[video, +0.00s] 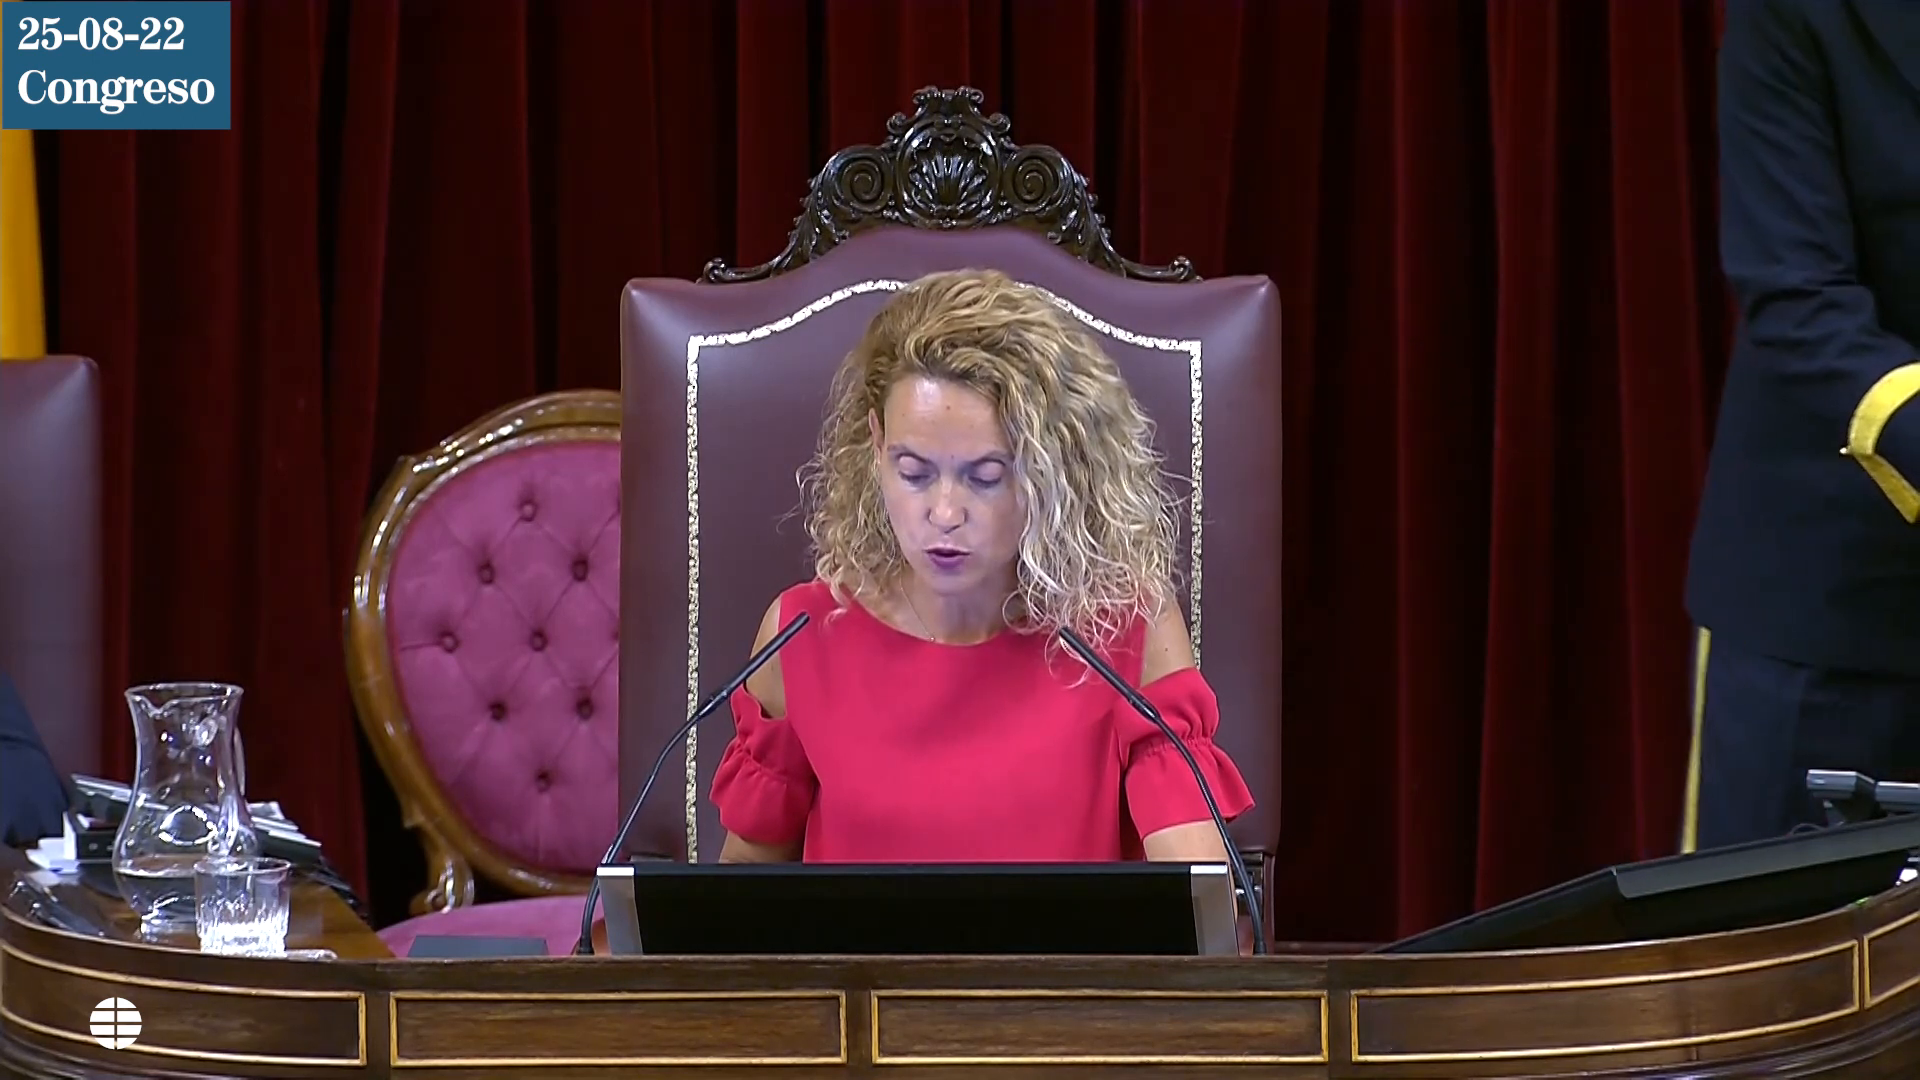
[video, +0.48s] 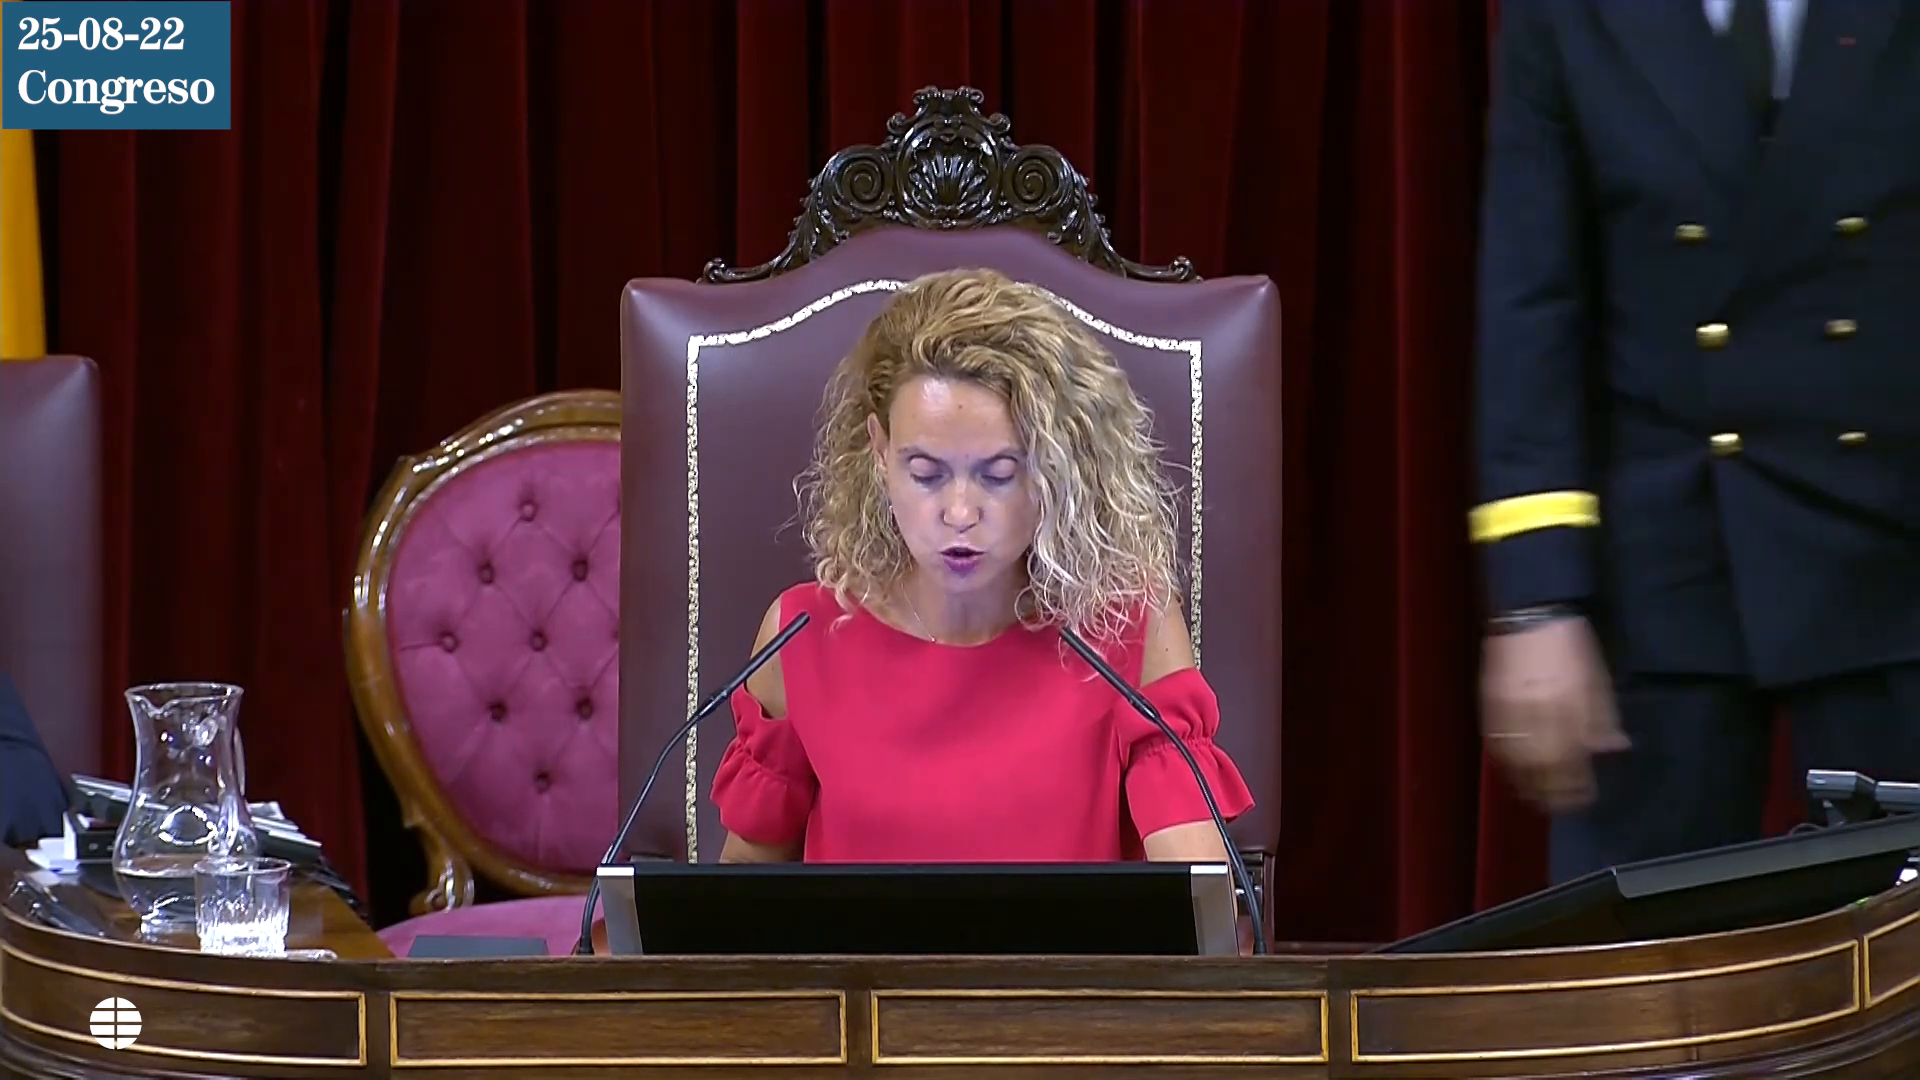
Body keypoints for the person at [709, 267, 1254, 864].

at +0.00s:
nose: (946, 513)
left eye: (984, 474)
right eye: (916, 471)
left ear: (1050, 475)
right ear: (874, 459)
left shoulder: (1126, 622)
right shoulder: (804, 630)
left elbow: (1202, 898)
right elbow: (748, 877)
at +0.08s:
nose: (949, 513)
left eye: (987, 474)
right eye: (918, 471)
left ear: (1053, 474)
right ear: (875, 459)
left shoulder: (1125, 620)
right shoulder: (804, 630)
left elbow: (1200, 892)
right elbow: (749, 877)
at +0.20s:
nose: (954, 512)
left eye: (991, 474)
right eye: (921, 472)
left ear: (1056, 468)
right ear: (877, 455)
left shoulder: (1126, 621)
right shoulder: (805, 631)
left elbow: (1202, 897)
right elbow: (748, 878)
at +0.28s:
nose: (957, 511)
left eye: (995, 474)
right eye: (925, 472)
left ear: (1057, 467)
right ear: (878, 454)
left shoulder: (1127, 619)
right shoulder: (805, 631)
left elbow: (1199, 888)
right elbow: (748, 875)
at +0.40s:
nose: (961, 512)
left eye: (998, 473)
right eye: (927, 471)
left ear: (1059, 467)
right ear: (879, 453)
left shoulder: (1127, 621)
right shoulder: (805, 632)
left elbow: (1202, 895)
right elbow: (748, 878)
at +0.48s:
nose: (961, 512)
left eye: (999, 473)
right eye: (927, 471)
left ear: (1059, 466)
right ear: (878, 452)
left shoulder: (1127, 621)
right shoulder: (804, 632)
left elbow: (1202, 897)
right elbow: (749, 877)